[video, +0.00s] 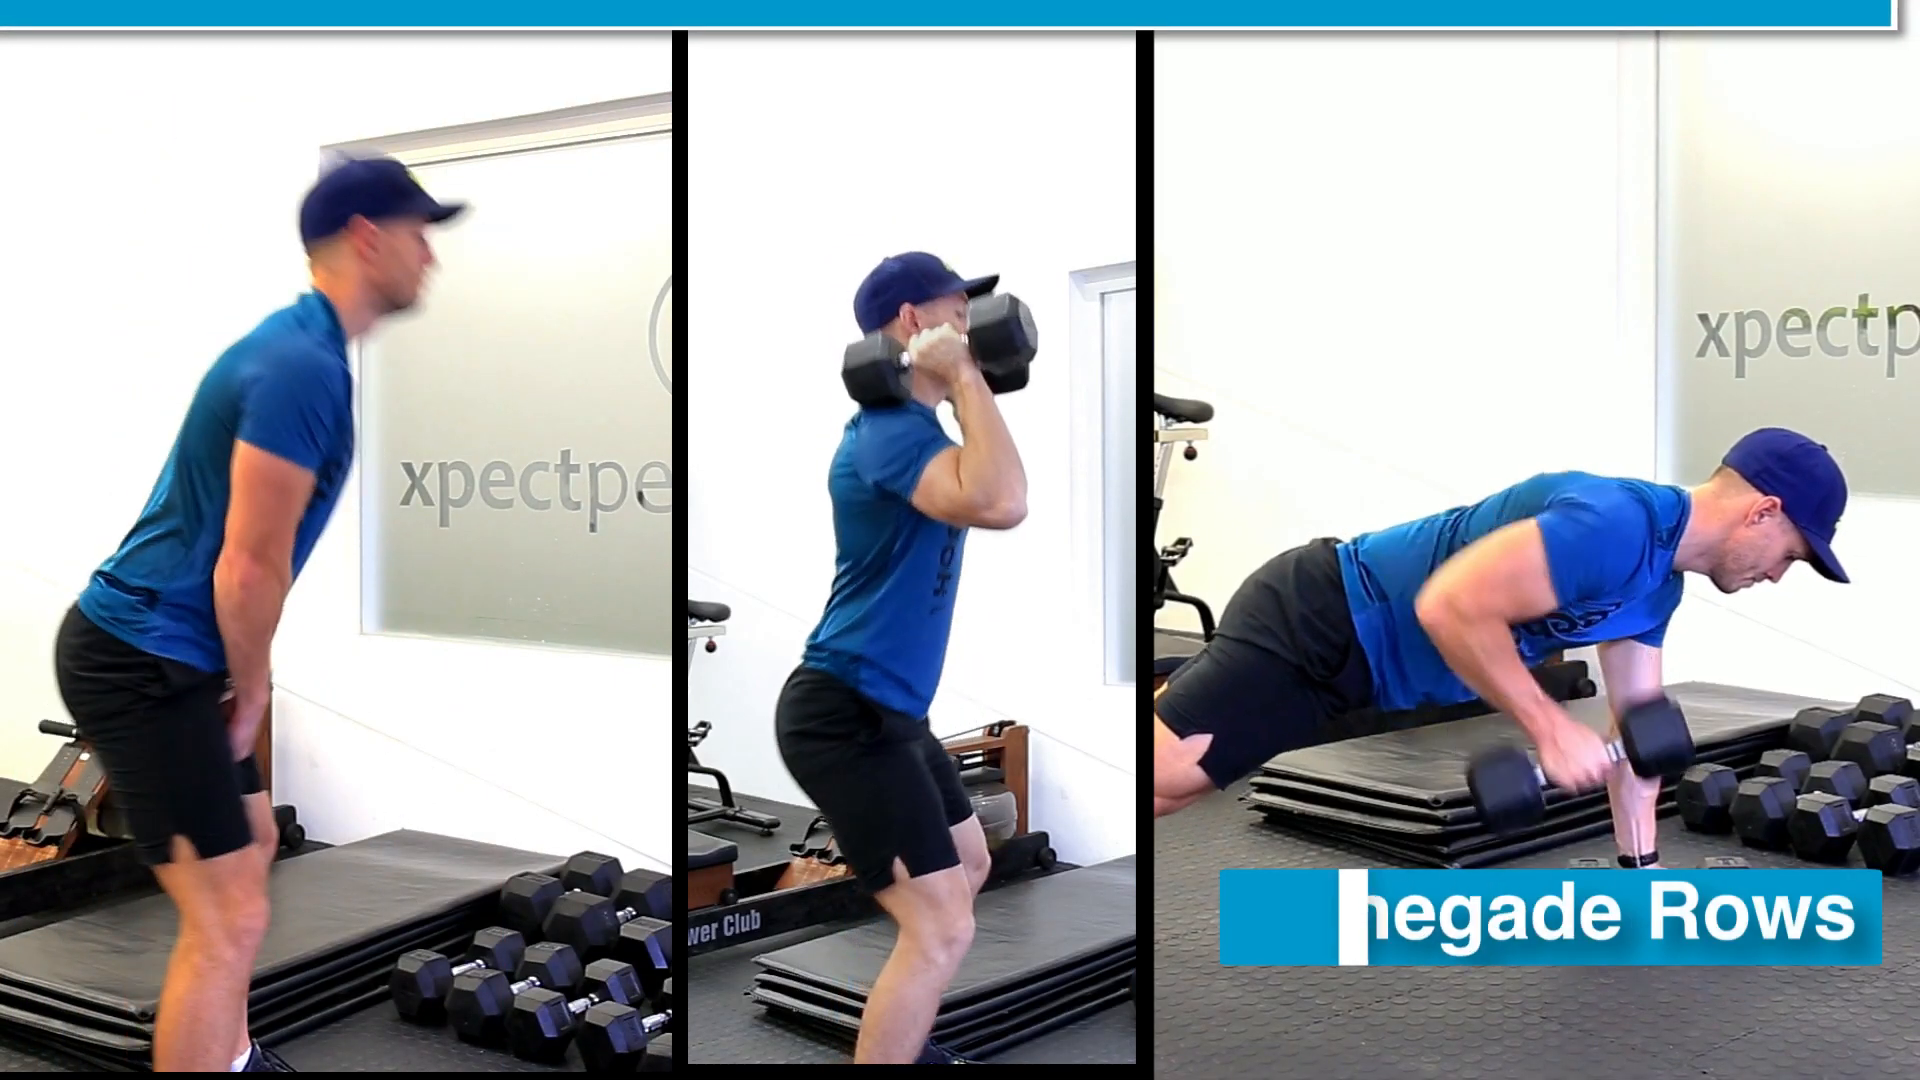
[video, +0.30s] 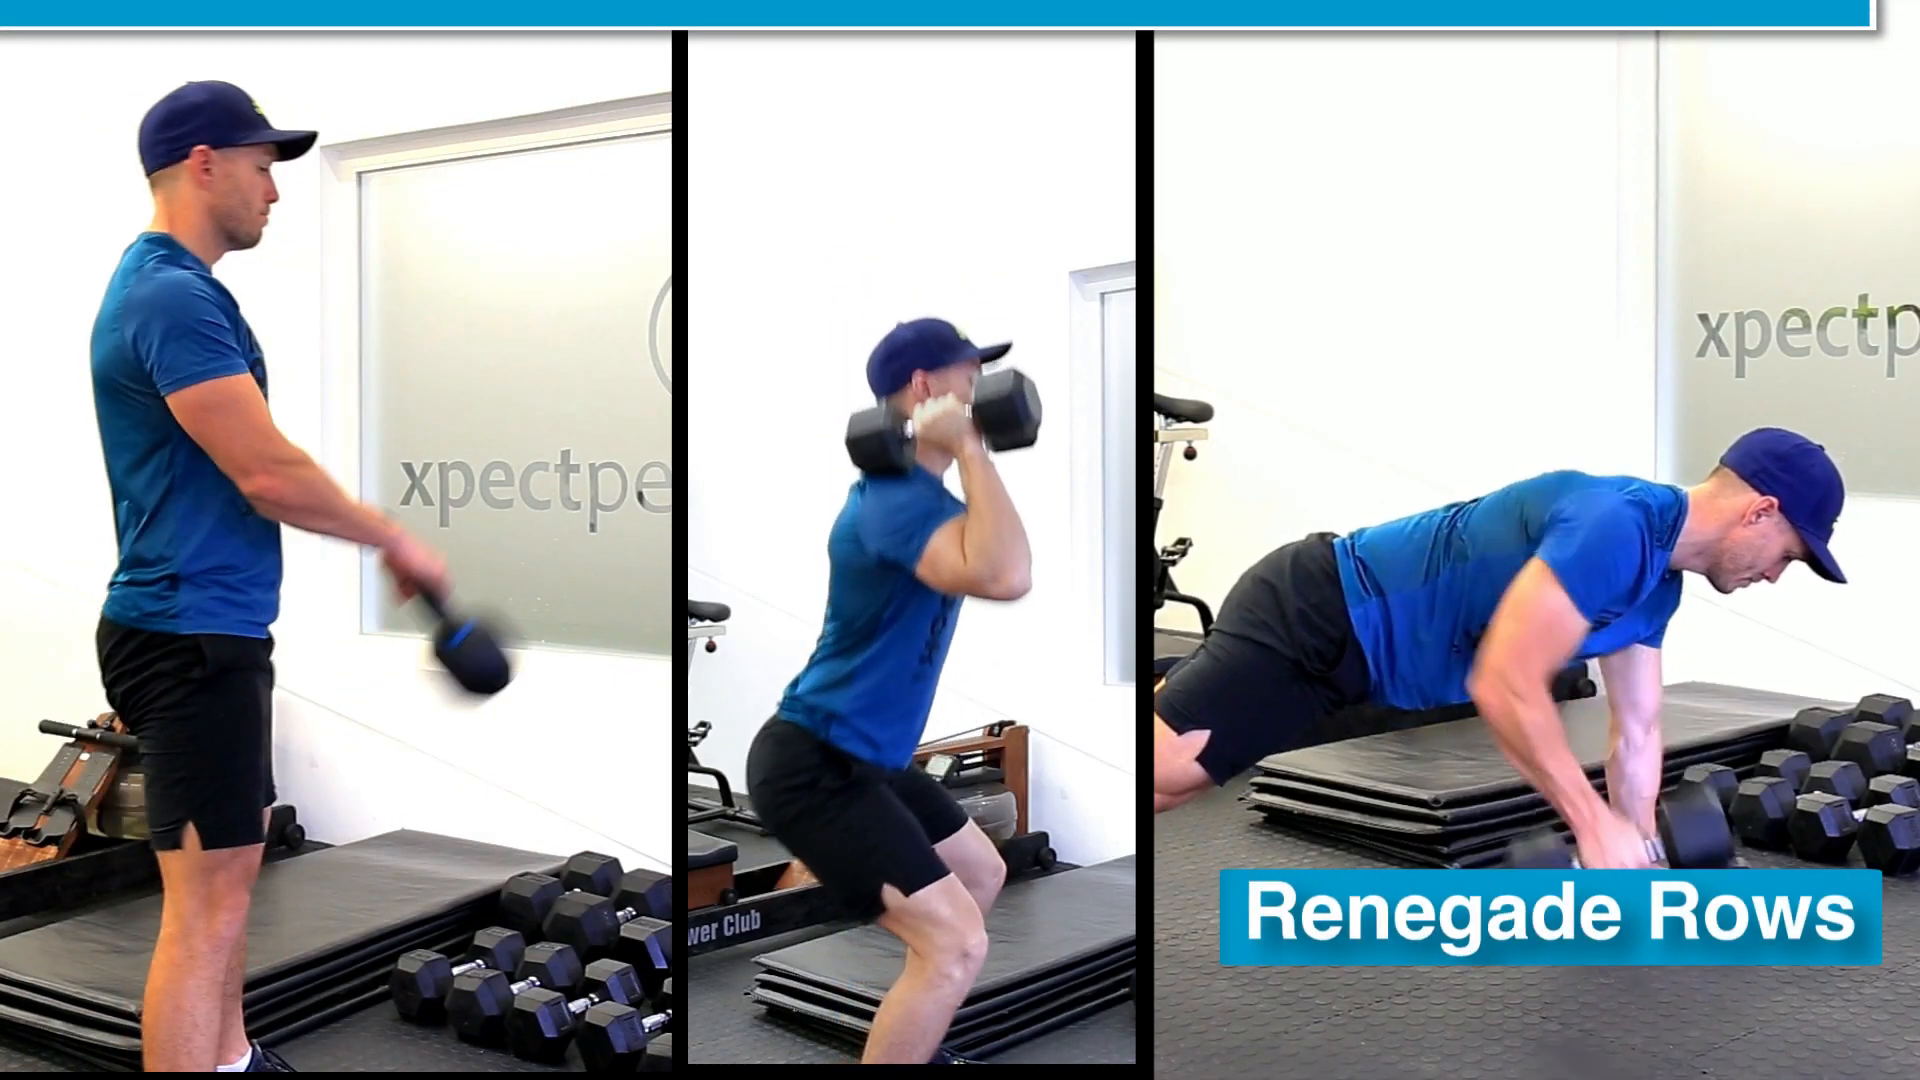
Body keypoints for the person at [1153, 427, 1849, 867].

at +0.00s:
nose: (1781, 577)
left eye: (1796, 565)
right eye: (1794, 556)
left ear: (1751, 508)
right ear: (1760, 510)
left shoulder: (1654, 578)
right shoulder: (1618, 527)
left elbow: (1637, 727)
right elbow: (1452, 606)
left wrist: (1643, 877)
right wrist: (1550, 730)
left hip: (1354, 662)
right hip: (1320, 618)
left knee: (1155, 768)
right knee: (1150, 774)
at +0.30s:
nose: (1779, 577)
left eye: (1793, 565)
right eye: (1791, 556)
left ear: (1750, 509)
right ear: (1758, 511)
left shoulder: (1652, 580)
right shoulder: (1615, 525)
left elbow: (1635, 732)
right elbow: (1505, 684)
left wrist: (1639, 867)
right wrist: (1593, 824)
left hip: (1353, 665)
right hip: (1322, 610)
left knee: (1157, 777)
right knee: (1149, 764)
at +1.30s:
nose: (1799, 588)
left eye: (1812, 577)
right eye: (1810, 568)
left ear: (1769, 523)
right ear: (1777, 526)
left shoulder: (1669, 565)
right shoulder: (1653, 560)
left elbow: (1634, 769)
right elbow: (1624, 775)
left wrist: (1645, 932)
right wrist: (1641, 941)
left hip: (1356, 655)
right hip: (1339, 632)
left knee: (1160, 789)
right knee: (1150, 795)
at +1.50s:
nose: (1794, 591)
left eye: (1808, 580)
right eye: (1806, 570)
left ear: (1765, 525)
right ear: (1772, 528)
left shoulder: (1662, 564)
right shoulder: (1647, 563)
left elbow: (1628, 770)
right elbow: (1620, 776)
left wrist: (1645, 932)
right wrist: (1642, 940)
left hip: (1349, 654)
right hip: (1332, 626)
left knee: (1158, 779)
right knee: (1147, 786)